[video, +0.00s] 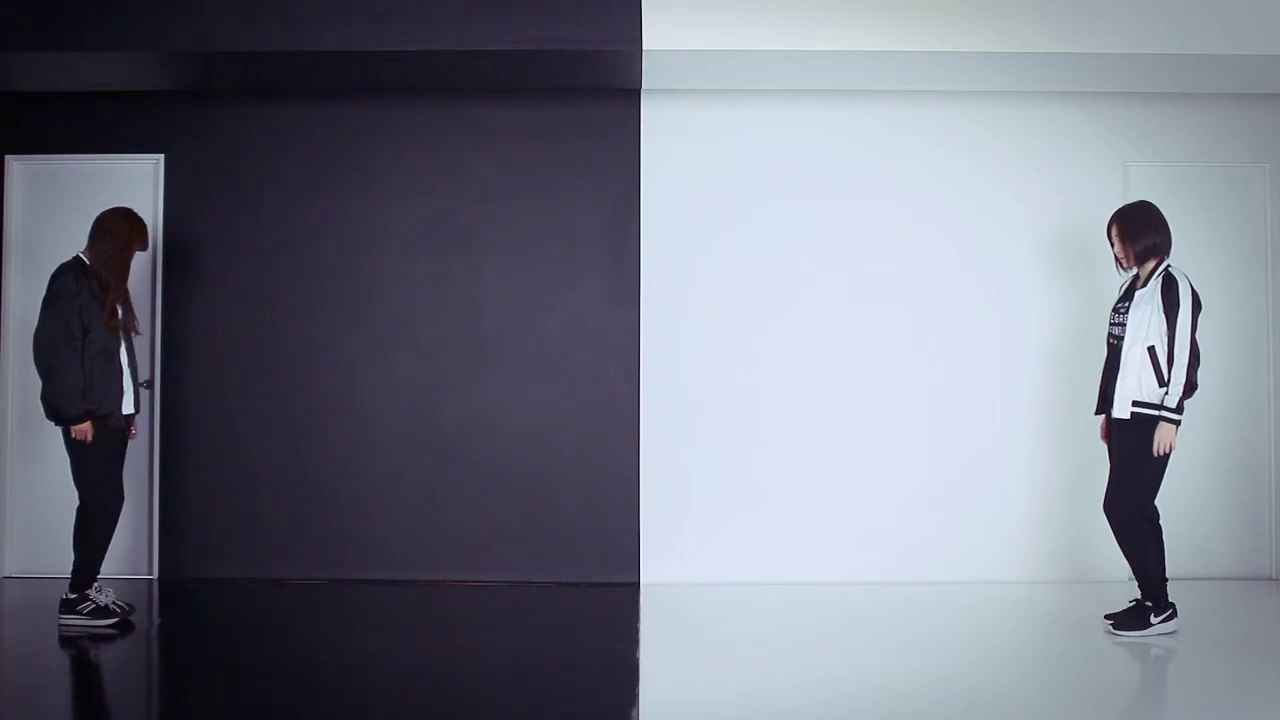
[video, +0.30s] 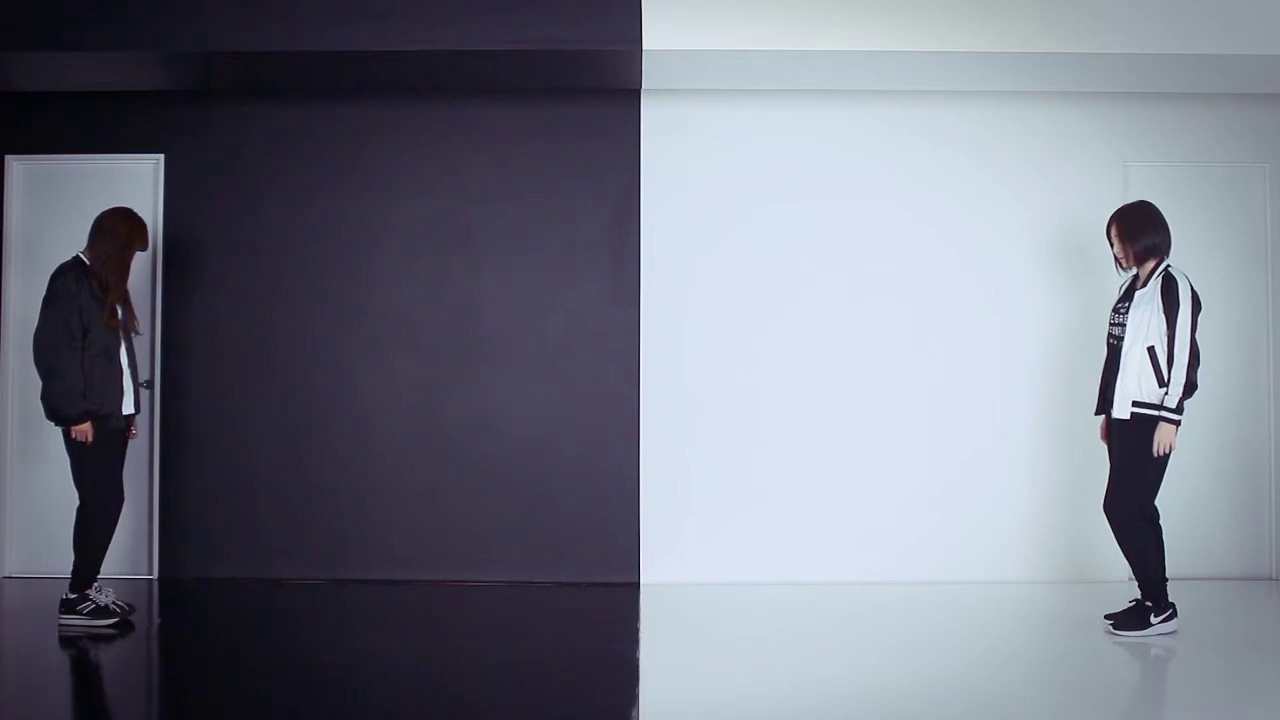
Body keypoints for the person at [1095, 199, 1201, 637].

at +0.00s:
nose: (1115, 250)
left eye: (1119, 241)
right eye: (1113, 242)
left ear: (1143, 236)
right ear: (1124, 241)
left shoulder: (1175, 284)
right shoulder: (1130, 287)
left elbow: (1185, 356)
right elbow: (1118, 355)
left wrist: (1171, 417)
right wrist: (1107, 411)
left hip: (1150, 417)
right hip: (1124, 416)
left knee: (1122, 506)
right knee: (1135, 507)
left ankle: (1157, 603)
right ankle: (1152, 600)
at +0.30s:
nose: (1115, 250)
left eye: (1119, 241)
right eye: (1112, 242)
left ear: (1142, 236)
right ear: (1125, 241)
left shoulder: (1174, 284)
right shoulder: (1130, 287)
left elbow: (1185, 356)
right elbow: (1118, 355)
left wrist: (1170, 417)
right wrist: (1107, 411)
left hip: (1150, 418)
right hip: (1124, 416)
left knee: (1122, 506)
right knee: (1134, 507)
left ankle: (1157, 603)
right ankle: (1152, 600)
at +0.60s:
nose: (1115, 250)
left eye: (1119, 241)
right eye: (1113, 242)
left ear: (1143, 236)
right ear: (1126, 241)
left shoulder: (1175, 284)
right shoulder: (1131, 287)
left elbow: (1185, 357)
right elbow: (1118, 355)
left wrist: (1170, 417)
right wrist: (1108, 411)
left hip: (1150, 418)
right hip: (1124, 416)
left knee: (1127, 506)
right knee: (1128, 506)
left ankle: (1157, 604)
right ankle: (1151, 600)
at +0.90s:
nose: (1116, 250)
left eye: (1120, 241)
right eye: (1113, 242)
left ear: (1144, 236)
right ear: (1125, 241)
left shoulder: (1175, 284)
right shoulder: (1132, 286)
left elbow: (1185, 357)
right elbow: (1118, 354)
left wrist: (1170, 417)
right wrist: (1108, 410)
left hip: (1150, 418)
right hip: (1124, 416)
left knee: (1127, 506)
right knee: (1128, 506)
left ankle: (1157, 604)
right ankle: (1151, 600)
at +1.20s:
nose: (1116, 249)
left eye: (1120, 240)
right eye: (1114, 242)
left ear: (1144, 236)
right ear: (1125, 241)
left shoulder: (1176, 284)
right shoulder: (1131, 287)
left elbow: (1186, 356)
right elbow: (1118, 355)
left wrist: (1171, 417)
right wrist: (1107, 411)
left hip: (1151, 418)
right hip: (1124, 416)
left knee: (1124, 506)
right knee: (1133, 507)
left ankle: (1157, 603)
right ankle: (1152, 600)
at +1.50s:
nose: (1117, 249)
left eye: (1121, 240)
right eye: (1114, 242)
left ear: (1145, 236)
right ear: (1126, 241)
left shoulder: (1177, 284)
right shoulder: (1131, 287)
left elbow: (1187, 356)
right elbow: (1117, 355)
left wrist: (1172, 417)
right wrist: (1107, 410)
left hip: (1151, 417)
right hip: (1123, 416)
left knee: (1125, 506)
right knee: (1131, 507)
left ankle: (1157, 604)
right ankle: (1152, 600)